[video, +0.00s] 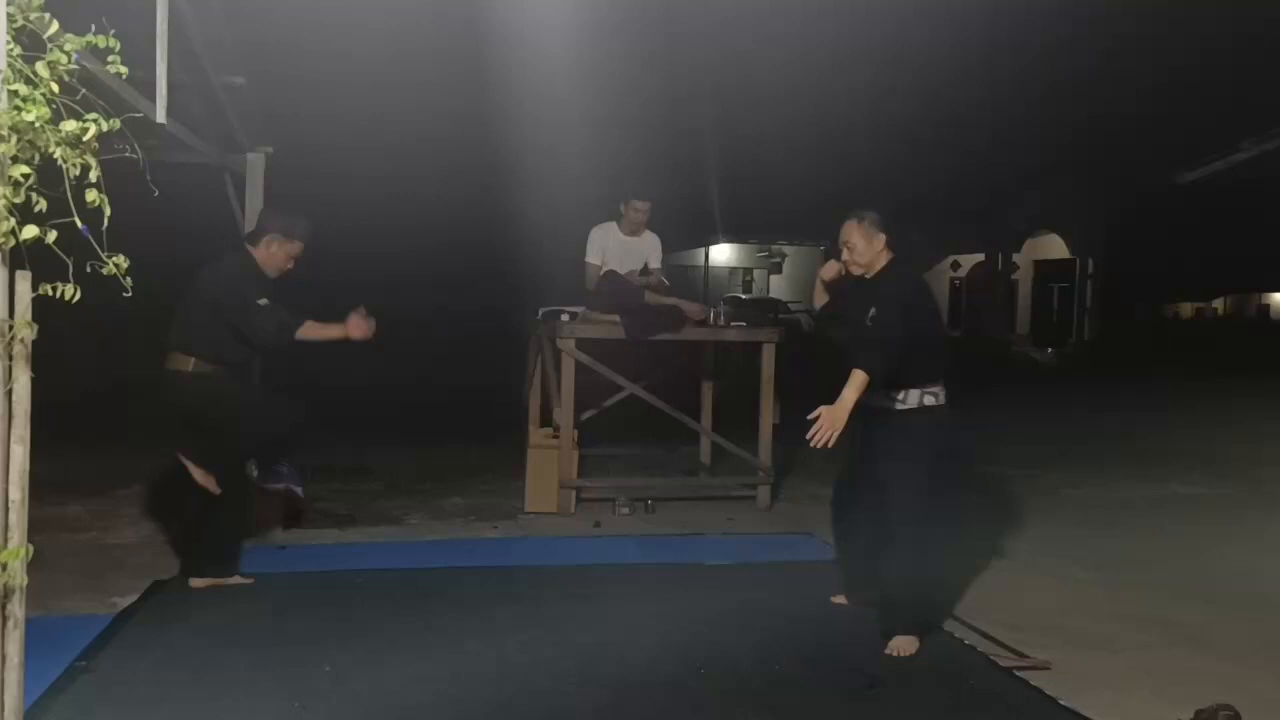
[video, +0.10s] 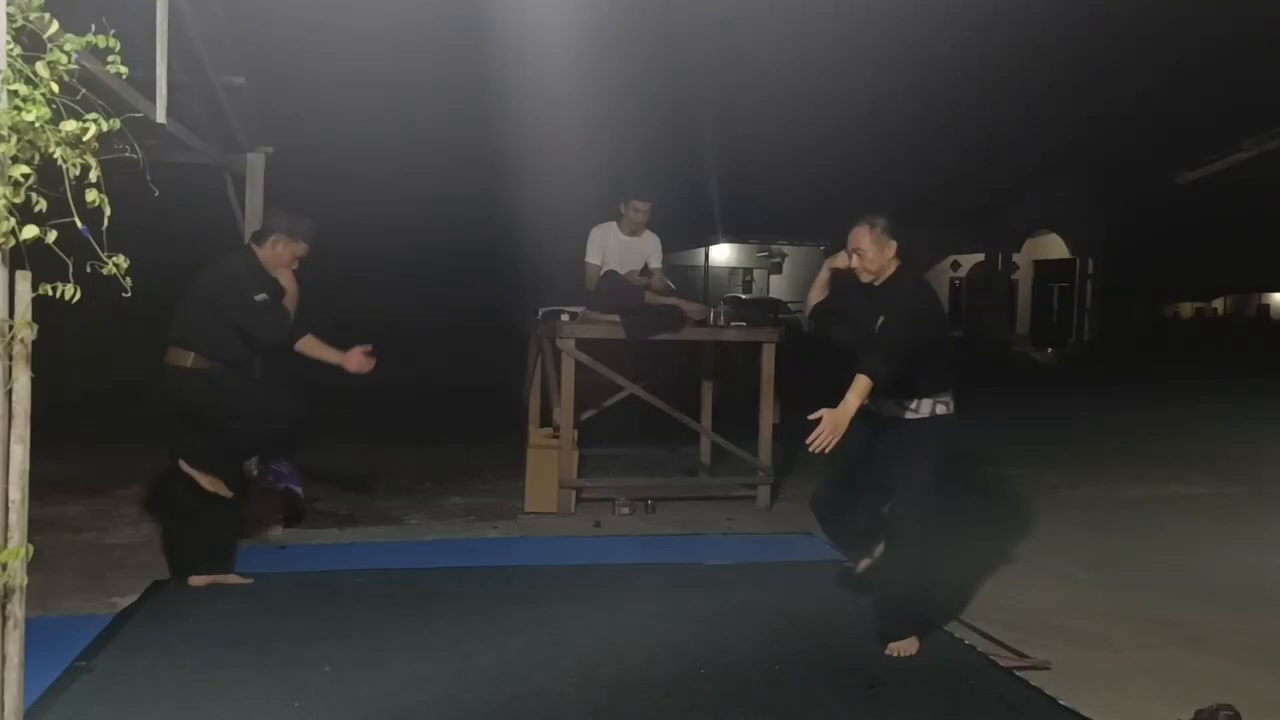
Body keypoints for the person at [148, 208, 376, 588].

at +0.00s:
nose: (291, 266)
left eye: (295, 259)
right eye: (290, 256)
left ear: (268, 245)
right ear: (268, 243)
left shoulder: (234, 270)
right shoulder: (238, 276)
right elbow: (278, 328)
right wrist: (345, 330)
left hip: (194, 378)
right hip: (199, 383)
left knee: (221, 475)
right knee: (225, 476)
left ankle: (211, 567)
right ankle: (208, 569)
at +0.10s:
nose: (295, 266)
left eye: (298, 260)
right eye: (295, 257)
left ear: (274, 244)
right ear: (274, 243)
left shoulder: (254, 273)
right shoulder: (241, 273)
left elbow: (291, 334)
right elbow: (274, 333)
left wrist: (342, 358)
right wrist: (291, 294)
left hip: (205, 379)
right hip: (193, 380)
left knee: (222, 478)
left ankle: (210, 569)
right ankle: (203, 459)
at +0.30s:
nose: (304, 305)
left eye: (307, 299)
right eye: (303, 297)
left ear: (282, 287)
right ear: (280, 285)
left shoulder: (269, 320)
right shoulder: (249, 317)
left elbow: (276, 385)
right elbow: (275, 386)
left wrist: (322, 405)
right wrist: (309, 347)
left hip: (249, 421)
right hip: (228, 422)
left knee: (241, 493)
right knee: (219, 494)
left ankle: (227, 566)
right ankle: (205, 572)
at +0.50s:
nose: (306, 337)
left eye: (306, 329)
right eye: (302, 328)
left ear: (276, 326)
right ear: (276, 326)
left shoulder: (257, 357)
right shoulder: (249, 359)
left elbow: (266, 433)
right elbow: (278, 430)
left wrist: (299, 476)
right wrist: (332, 432)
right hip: (187, 455)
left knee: (279, 498)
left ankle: (234, 564)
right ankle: (213, 575)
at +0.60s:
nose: (300, 314)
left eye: (300, 305)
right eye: (295, 305)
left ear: (274, 306)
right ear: (270, 305)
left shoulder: (259, 339)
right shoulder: (246, 340)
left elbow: (274, 408)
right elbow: (283, 403)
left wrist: (309, 454)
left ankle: (240, 562)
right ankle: (215, 575)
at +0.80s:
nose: (288, 260)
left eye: (288, 251)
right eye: (282, 252)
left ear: (262, 253)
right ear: (259, 252)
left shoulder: (255, 290)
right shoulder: (237, 294)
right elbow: (278, 340)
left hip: (236, 405)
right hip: (220, 408)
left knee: (239, 483)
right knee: (233, 485)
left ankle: (232, 566)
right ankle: (215, 575)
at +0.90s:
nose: (275, 230)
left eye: (275, 221)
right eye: (269, 221)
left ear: (247, 225)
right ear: (244, 223)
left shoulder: (240, 263)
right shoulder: (229, 266)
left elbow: (293, 285)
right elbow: (294, 307)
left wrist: (336, 253)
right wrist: (360, 339)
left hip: (217, 385)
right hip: (205, 387)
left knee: (219, 473)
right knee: (214, 475)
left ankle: (212, 565)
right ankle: (204, 572)